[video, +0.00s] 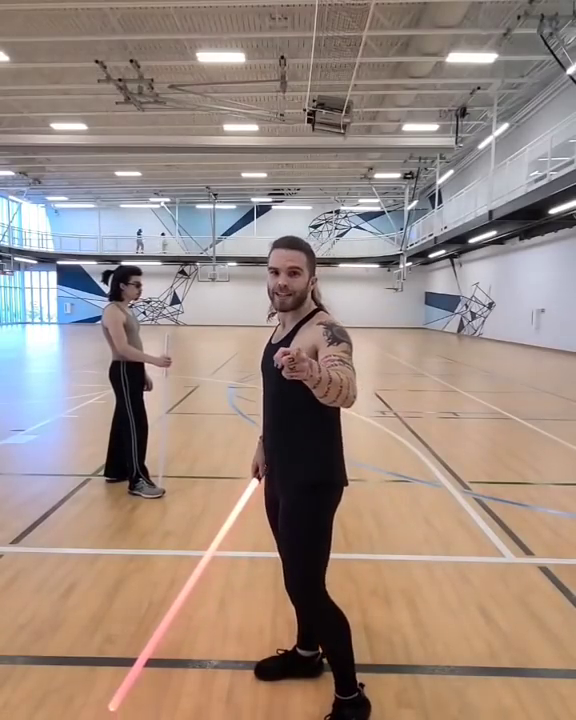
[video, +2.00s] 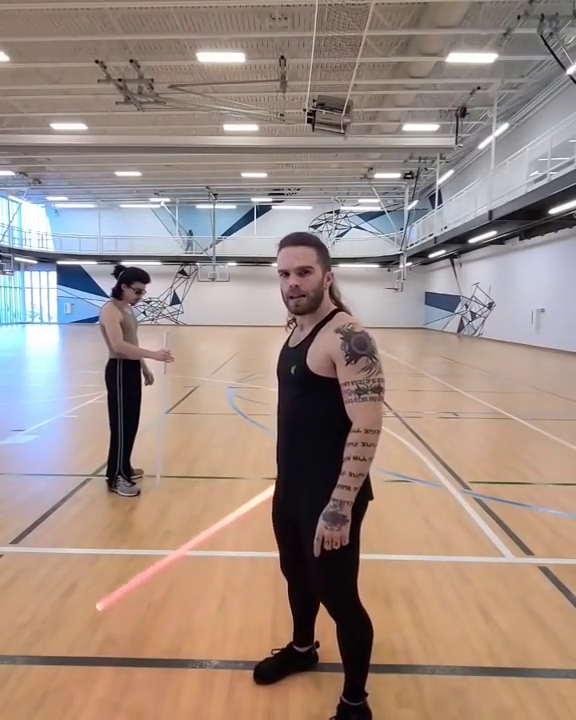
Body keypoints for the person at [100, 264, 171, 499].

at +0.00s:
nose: (140, 289)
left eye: (140, 285)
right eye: (135, 285)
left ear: (129, 287)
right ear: (121, 286)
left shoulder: (125, 311)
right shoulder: (113, 311)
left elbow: (130, 348)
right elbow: (121, 348)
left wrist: (143, 373)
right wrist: (156, 360)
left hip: (131, 370)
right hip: (124, 371)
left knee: (124, 420)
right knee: (137, 423)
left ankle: (115, 469)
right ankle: (137, 480)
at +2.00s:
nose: (140, 296)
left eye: (142, 292)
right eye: (138, 291)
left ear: (134, 290)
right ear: (123, 287)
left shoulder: (127, 309)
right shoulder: (110, 310)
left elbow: (131, 343)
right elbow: (117, 346)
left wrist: (144, 366)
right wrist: (153, 354)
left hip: (131, 368)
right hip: (119, 369)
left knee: (130, 422)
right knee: (121, 424)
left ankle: (124, 468)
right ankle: (115, 477)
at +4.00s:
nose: (138, 288)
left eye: (139, 284)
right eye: (134, 284)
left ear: (131, 287)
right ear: (121, 285)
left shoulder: (125, 309)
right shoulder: (112, 310)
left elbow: (127, 343)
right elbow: (112, 347)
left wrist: (136, 371)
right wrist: (130, 375)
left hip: (132, 367)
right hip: (119, 369)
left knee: (130, 424)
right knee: (120, 426)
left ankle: (124, 467)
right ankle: (114, 477)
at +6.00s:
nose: (138, 289)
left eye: (139, 285)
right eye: (134, 285)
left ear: (129, 287)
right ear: (120, 286)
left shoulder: (124, 310)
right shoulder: (113, 312)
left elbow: (130, 347)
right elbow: (118, 350)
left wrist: (139, 378)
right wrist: (131, 381)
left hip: (132, 368)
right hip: (123, 371)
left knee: (123, 422)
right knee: (135, 425)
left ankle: (115, 468)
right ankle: (135, 479)